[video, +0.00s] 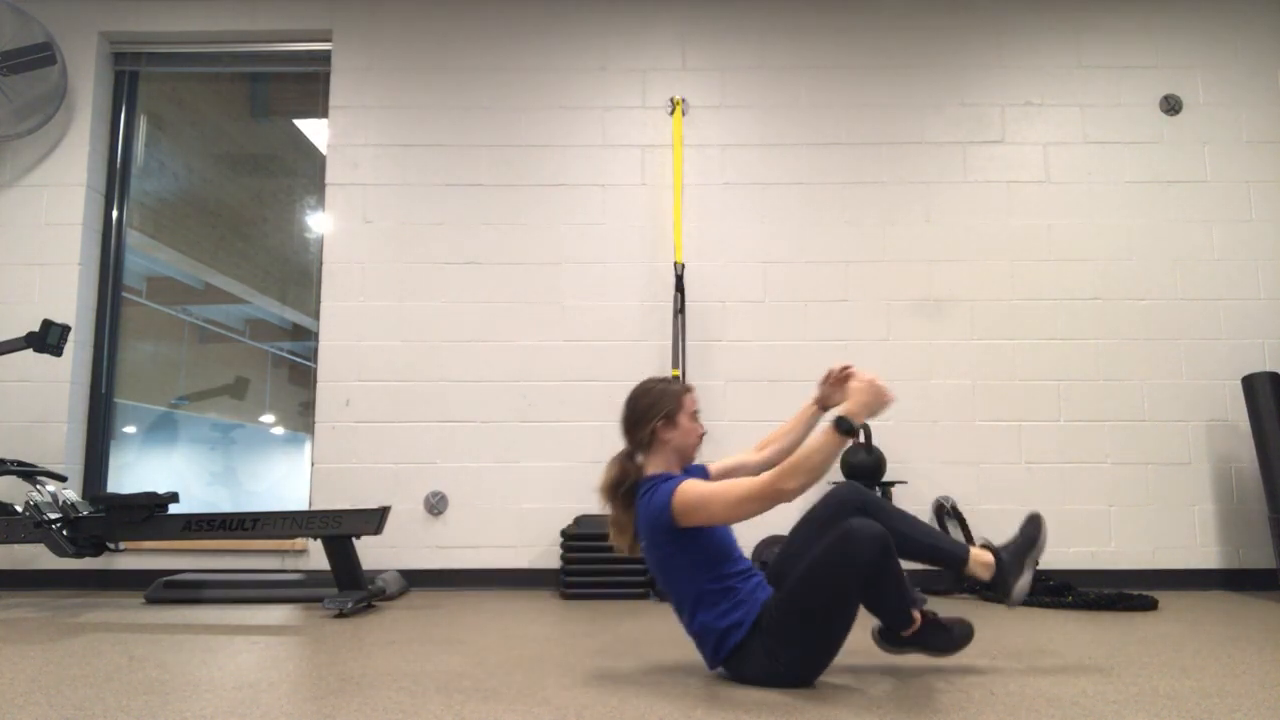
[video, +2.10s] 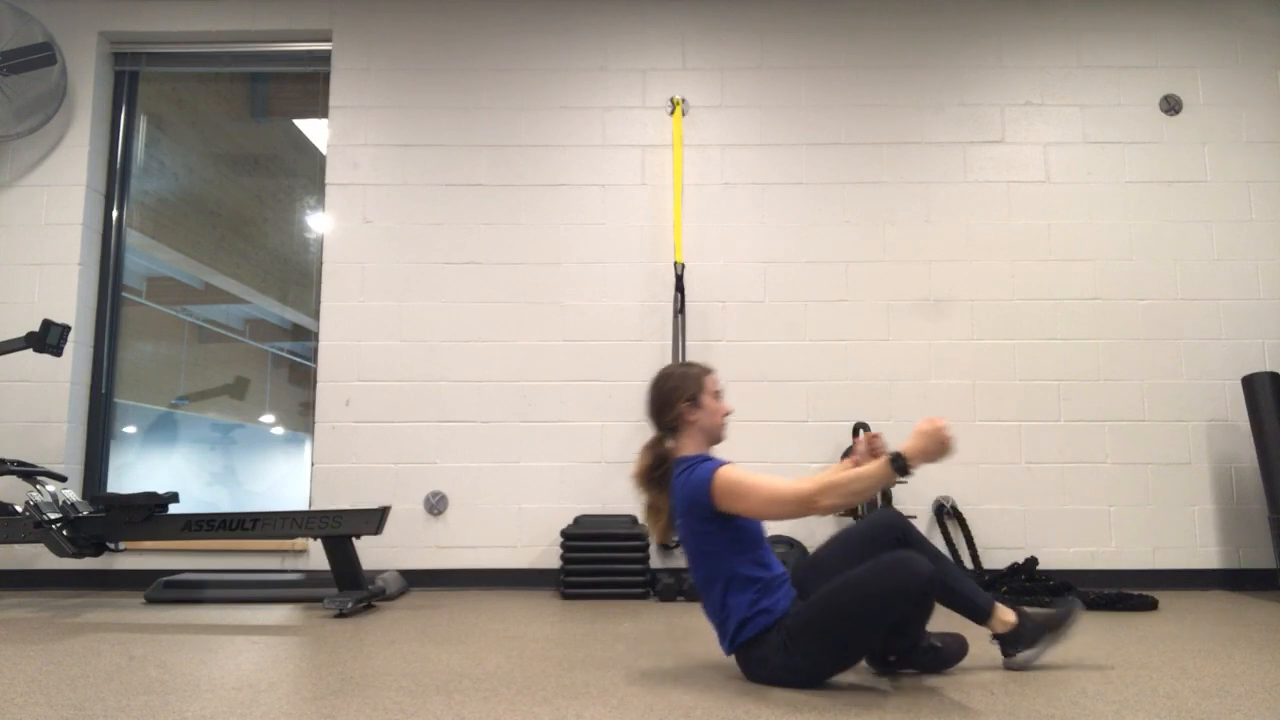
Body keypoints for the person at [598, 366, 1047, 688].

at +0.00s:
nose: (701, 425)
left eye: (698, 416)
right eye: (693, 416)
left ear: (664, 429)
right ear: (663, 428)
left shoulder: (685, 479)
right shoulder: (667, 500)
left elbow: (765, 456)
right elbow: (782, 486)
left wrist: (819, 402)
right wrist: (850, 417)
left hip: (767, 615)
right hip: (762, 651)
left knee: (847, 497)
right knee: (857, 537)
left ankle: (987, 567)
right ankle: (904, 626)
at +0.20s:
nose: (740, 412)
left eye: (736, 400)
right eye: (731, 401)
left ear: (702, 410)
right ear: (701, 411)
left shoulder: (721, 464)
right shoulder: (700, 483)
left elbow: (800, 453)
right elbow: (814, 484)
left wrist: (862, 407)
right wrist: (897, 427)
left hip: (785, 610)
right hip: (771, 647)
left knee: (869, 514)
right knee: (902, 581)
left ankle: (1000, 599)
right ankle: (900, 647)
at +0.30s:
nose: (759, 405)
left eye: (756, 394)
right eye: (750, 395)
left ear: (721, 404)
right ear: (718, 405)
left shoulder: (737, 458)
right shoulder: (719, 474)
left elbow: (818, 455)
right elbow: (826, 484)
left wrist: (884, 414)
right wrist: (922, 435)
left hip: (790, 610)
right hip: (773, 644)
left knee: (877, 520)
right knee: (919, 610)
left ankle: (1007, 609)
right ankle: (915, 655)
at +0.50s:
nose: (794, 396)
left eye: (792, 384)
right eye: (787, 385)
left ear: (752, 392)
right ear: (754, 391)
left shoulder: (766, 451)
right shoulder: (753, 464)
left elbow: (849, 462)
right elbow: (857, 490)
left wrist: (923, 439)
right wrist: (960, 458)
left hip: (808, 610)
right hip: (784, 640)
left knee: (894, 527)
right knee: (927, 659)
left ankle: (1012, 626)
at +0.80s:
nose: (833, 392)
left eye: (830, 381)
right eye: (825, 381)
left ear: (791, 386)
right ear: (793, 386)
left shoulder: (794, 448)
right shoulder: (792, 457)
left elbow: (877, 489)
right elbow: (889, 506)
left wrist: (952, 484)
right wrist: (1006, 506)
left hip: (828, 610)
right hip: (797, 635)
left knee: (906, 534)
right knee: (938, 664)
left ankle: (1026, 629)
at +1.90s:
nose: (777, 397)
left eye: (773, 385)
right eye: (768, 386)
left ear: (738, 396)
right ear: (740, 394)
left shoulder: (742, 458)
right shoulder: (744, 462)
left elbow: (838, 496)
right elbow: (852, 498)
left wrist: (901, 473)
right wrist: (960, 475)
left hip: (800, 610)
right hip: (785, 642)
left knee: (903, 535)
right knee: (934, 616)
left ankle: (1022, 629)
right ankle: (908, 663)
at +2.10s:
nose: (727, 408)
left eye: (722, 397)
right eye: (717, 398)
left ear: (688, 412)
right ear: (688, 412)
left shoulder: (700, 471)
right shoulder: (701, 479)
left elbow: (794, 497)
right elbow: (809, 500)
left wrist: (846, 469)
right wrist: (908, 455)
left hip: (782, 611)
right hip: (774, 645)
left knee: (891, 529)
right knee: (912, 570)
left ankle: (1009, 624)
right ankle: (897, 650)